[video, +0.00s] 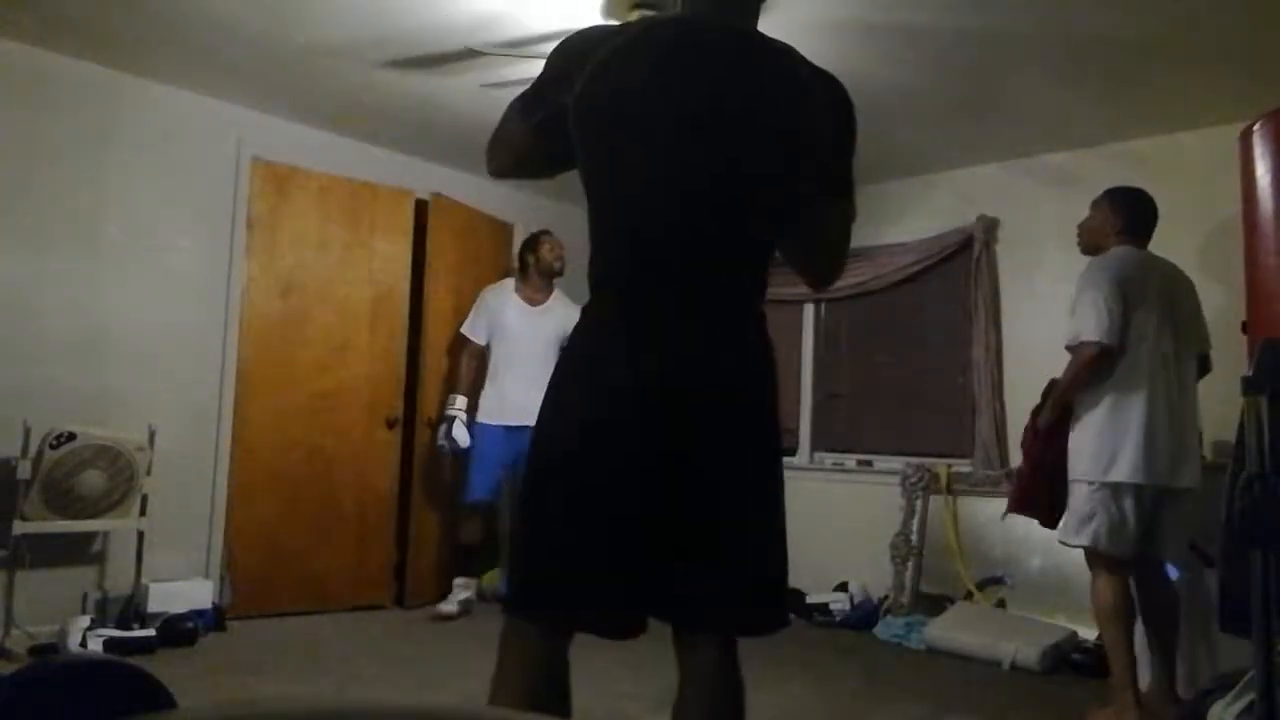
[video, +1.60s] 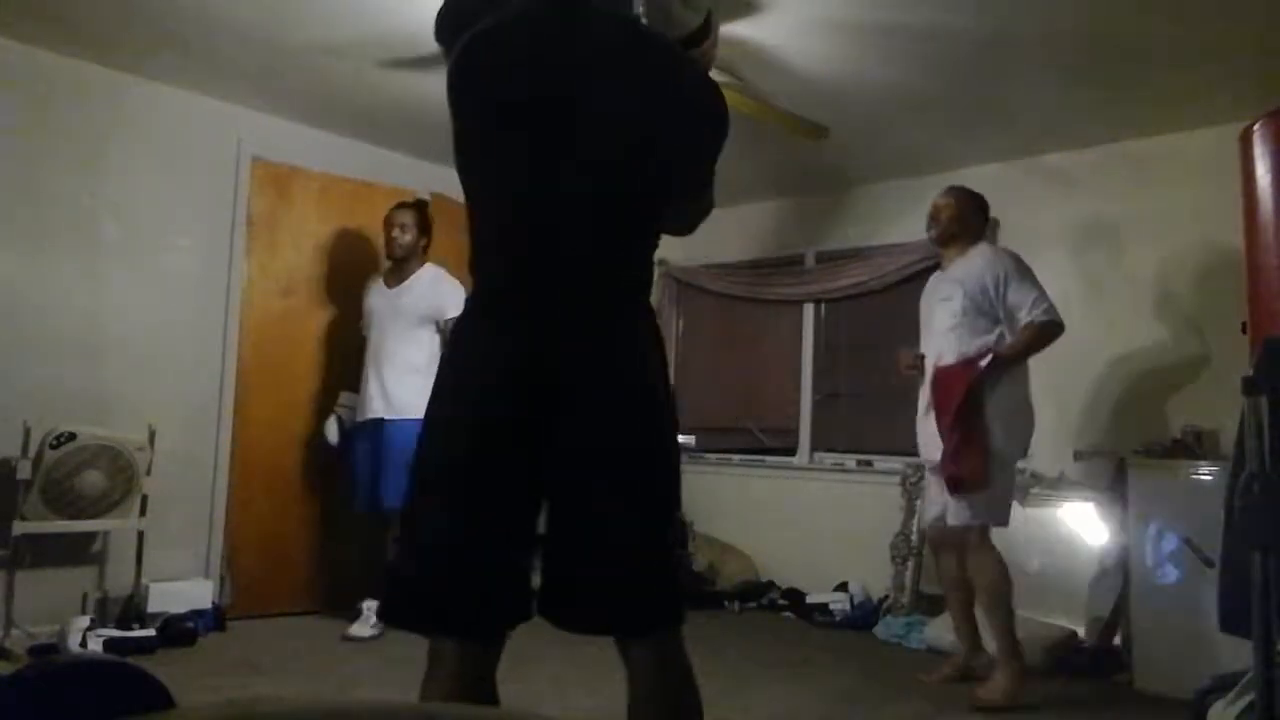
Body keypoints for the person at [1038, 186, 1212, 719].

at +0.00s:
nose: (1081, 225)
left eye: (1090, 215)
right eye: (1086, 214)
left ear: (1114, 222)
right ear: (1140, 227)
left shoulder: (1104, 271)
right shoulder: (1178, 279)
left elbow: (1096, 348)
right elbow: (1201, 360)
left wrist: (1057, 397)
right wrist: (1149, 392)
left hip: (1112, 453)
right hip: (1170, 454)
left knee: (1106, 565)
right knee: (1150, 566)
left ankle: (1123, 697)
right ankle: (1167, 690)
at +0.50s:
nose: (1066, 227)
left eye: (1077, 218)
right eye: (1071, 218)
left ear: (1106, 225)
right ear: (1116, 230)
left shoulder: (1106, 270)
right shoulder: (1133, 274)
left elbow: (1110, 349)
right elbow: (1129, 359)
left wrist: (1074, 423)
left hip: (1112, 450)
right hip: (1144, 451)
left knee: (1075, 556)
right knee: (1135, 561)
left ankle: (1090, 692)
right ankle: (1160, 688)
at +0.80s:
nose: (1030, 221)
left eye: (1042, 214)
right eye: (1036, 212)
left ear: (1071, 227)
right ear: (1074, 229)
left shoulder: (1074, 271)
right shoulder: (1081, 271)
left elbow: (1078, 358)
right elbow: (1077, 360)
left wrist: (1033, 426)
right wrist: (1036, 423)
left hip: (1081, 451)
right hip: (1090, 450)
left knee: (1059, 565)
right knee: (1072, 563)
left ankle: (1088, 692)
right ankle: (1133, 663)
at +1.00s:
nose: (1007, 221)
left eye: (1018, 212)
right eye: (1011, 213)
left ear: (1048, 225)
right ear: (1049, 227)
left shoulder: (1056, 269)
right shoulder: (1039, 272)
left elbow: (1067, 350)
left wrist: (1014, 411)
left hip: (1055, 448)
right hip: (1033, 445)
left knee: (1049, 559)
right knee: (1009, 547)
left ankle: (1084, 691)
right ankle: (1058, 656)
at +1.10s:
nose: (991, 222)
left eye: (1001, 214)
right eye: (994, 215)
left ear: (1030, 227)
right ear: (1030, 229)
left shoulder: (1042, 269)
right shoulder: (1018, 275)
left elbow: (1063, 347)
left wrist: (1005, 402)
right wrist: (983, 254)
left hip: (1043, 442)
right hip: (1014, 439)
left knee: (1046, 554)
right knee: (990, 540)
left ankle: (1088, 692)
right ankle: (1003, 660)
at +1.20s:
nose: (975, 226)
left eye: (986, 219)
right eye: (978, 218)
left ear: (1019, 230)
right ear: (1011, 231)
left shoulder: (1032, 270)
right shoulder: (998, 280)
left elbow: (1057, 346)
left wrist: (994, 401)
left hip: (1036, 449)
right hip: (998, 447)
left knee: (1041, 557)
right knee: (975, 545)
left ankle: (1086, 688)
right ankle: (980, 658)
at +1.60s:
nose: (931, 221)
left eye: (941, 213)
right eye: (930, 214)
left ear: (973, 219)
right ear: (936, 227)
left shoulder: (996, 261)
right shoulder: (935, 284)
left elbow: (1048, 322)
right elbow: (950, 348)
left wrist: (994, 361)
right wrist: (921, 361)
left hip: (989, 425)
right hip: (942, 428)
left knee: (973, 538)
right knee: (940, 535)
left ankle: (1008, 664)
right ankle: (968, 653)